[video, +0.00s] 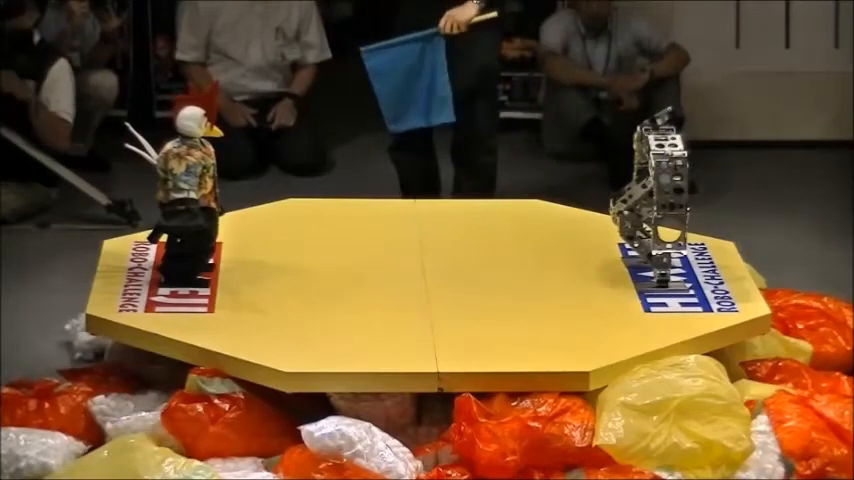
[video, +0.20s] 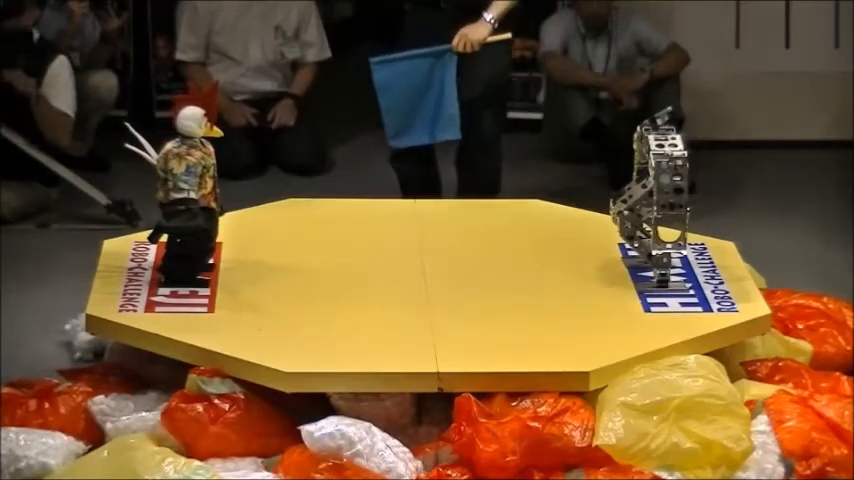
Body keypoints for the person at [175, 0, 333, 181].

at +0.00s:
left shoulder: (300, 5)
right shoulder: (201, 5)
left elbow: (310, 61)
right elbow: (191, 62)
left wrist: (290, 100)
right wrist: (226, 105)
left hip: (279, 98)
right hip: (227, 102)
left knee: (307, 161)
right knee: (237, 164)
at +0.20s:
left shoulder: (300, 5)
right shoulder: (199, 5)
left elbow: (310, 60)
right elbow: (190, 62)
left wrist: (291, 100)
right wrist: (227, 106)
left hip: (279, 97)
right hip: (227, 101)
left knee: (307, 160)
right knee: (237, 164)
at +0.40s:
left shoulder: (301, 5)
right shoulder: (196, 6)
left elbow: (316, 50)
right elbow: (187, 60)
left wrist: (296, 90)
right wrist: (221, 92)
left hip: (278, 97)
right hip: (227, 99)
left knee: (307, 161)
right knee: (237, 164)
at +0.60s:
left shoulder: (301, 5)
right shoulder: (195, 6)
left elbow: (318, 46)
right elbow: (186, 56)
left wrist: (296, 72)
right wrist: (222, 73)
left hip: (283, 98)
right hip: (228, 100)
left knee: (306, 161)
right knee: (237, 164)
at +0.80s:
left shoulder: (300, 4)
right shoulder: (197, 5)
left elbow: (321, 44)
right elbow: (182, 54)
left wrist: (291, 41)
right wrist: (213, 42)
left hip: (282, 99)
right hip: (226, 102)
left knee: (307, 162)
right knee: (236, 166)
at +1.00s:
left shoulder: (297, 3)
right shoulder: (199, 4)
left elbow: (321, 39)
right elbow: (183, 55)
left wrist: (291, 25)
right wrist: (212, 26)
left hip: (283, 99)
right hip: (229, 103)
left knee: (306, 162)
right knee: (236, 167)